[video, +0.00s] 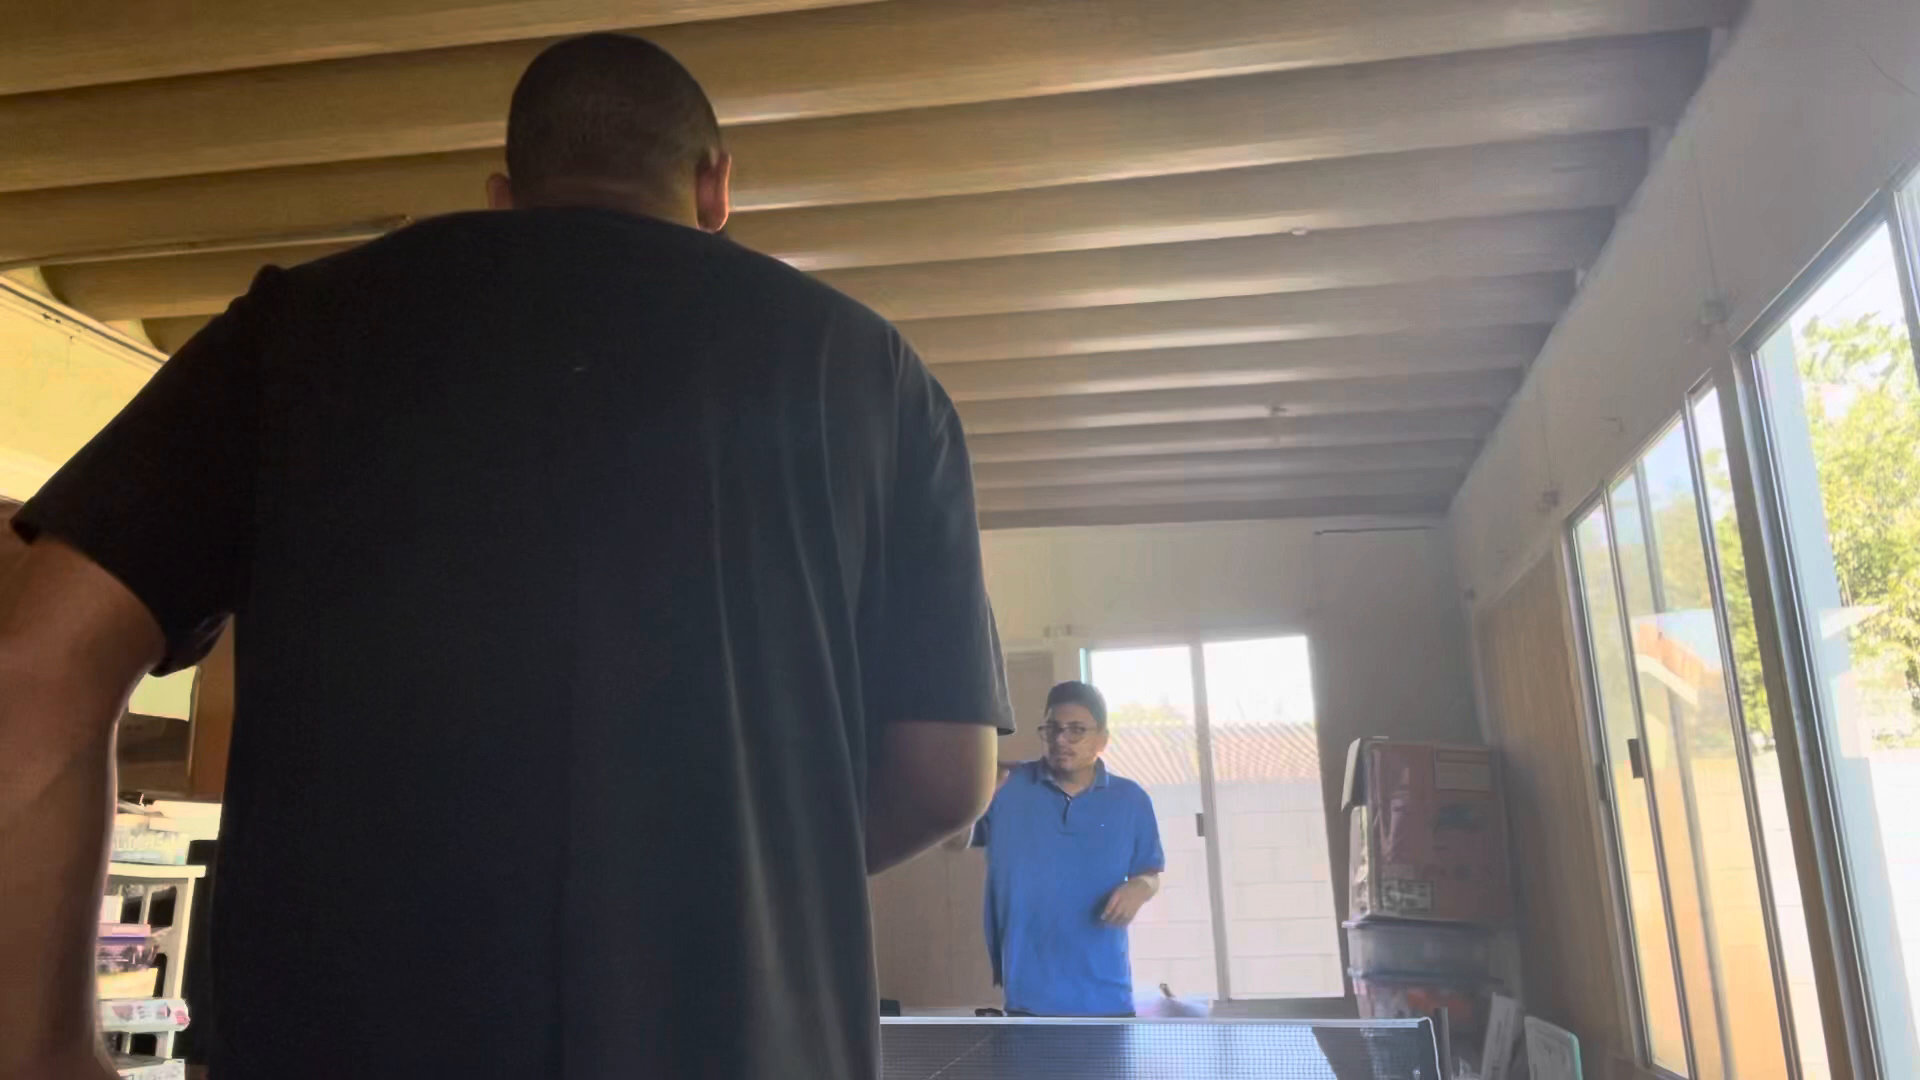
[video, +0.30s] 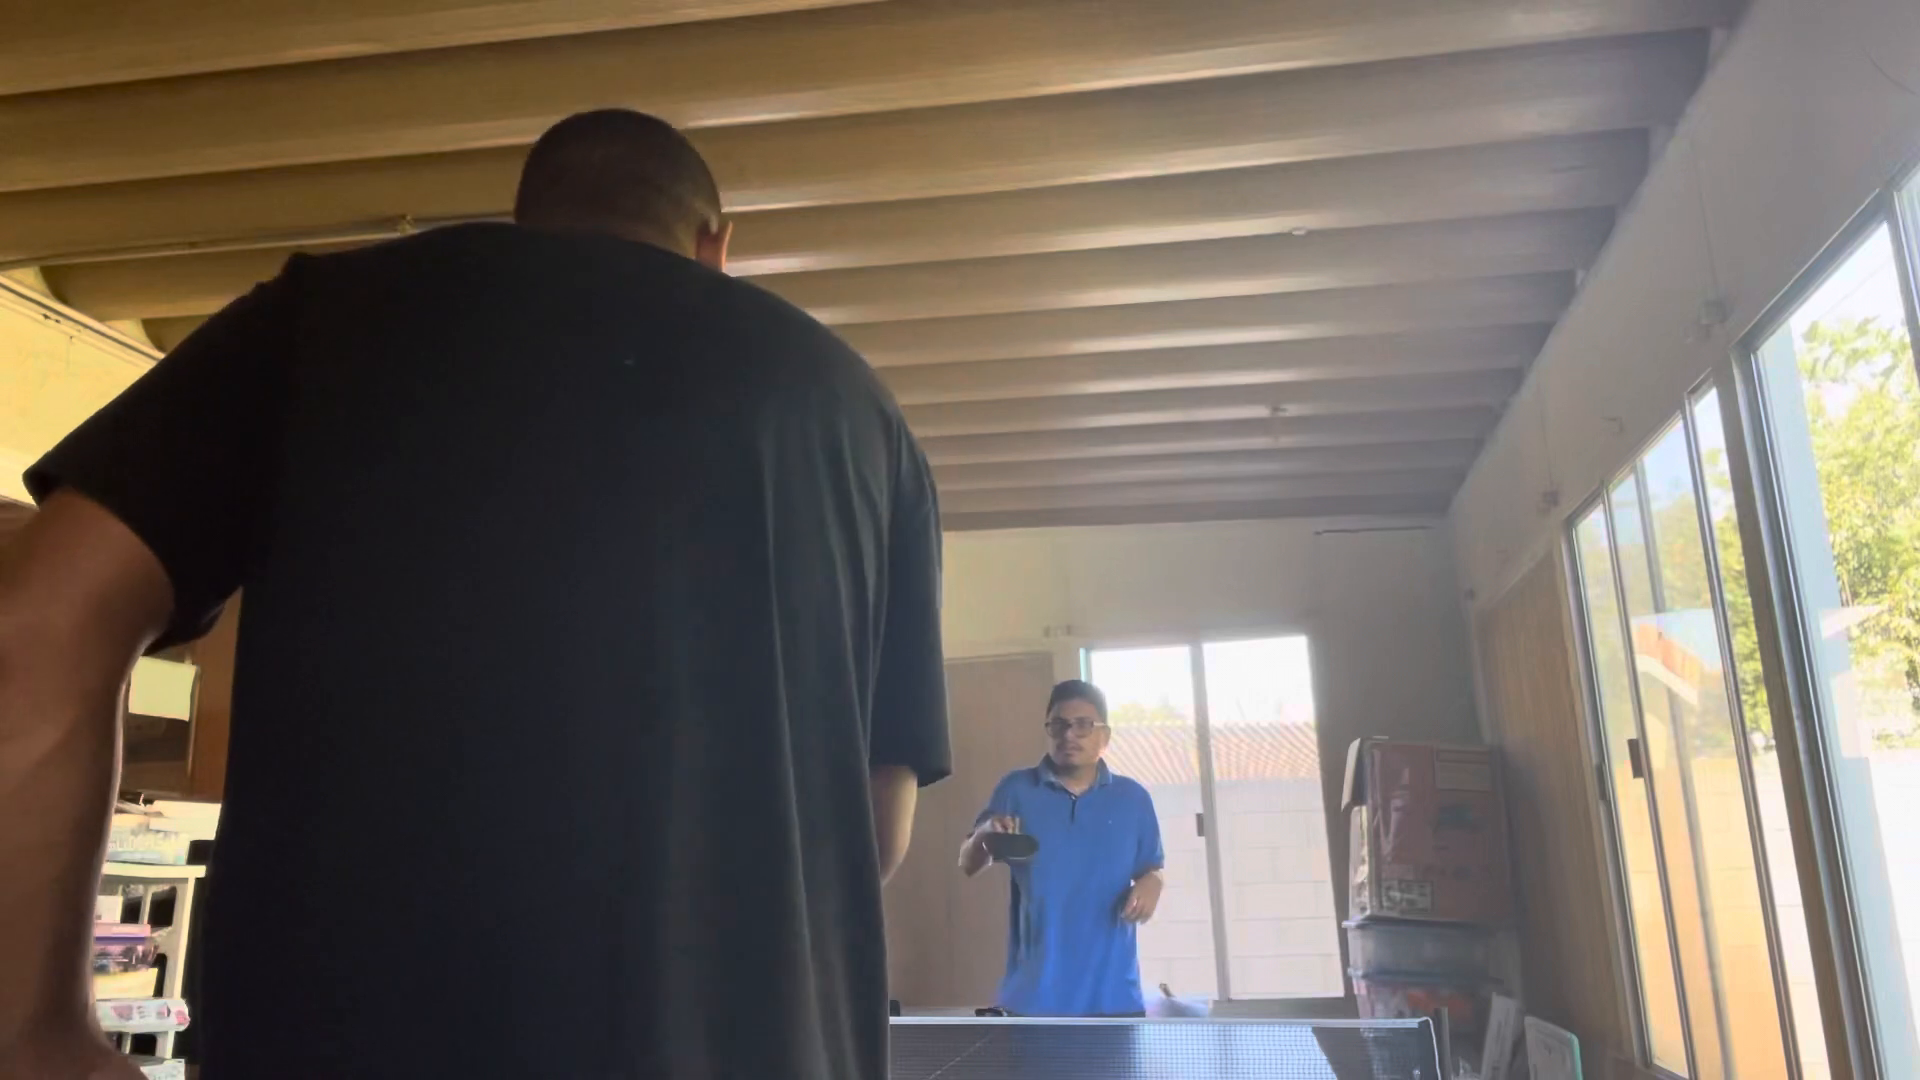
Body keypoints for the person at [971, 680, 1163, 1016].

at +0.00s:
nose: (1061, 740)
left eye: (1077, 730)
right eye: (1053, 728)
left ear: (1101, 741)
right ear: (1042, 733)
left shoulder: (1129, 800)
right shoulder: (1008, 789)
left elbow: (1150, 873)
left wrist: (1139, 888)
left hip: (1104, 990)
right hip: (1027, 988)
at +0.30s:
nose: (1070, 735)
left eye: (1083, 725)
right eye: (1060, 724)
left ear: (1105, 737)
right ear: (1047, 731)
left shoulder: (1132, 798)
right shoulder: (1017, 790)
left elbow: (1150, 868)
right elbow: (968, 865)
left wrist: (1151, 882)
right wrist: (987, 837)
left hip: (1112, 992)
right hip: (1033, 993)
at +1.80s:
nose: (1044, 739)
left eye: (1058, 728)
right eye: (1035, 729)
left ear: (1084, 737)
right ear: (1023, 735)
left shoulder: (1116, 795)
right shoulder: (1000, 803)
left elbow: (1140, 863)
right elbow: (965, 871)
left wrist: (1137, 878)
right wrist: (940, 849)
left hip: (1109, 988)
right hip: (1036, 993)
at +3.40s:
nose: (1037, 751)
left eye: (1051, 739)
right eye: (1025, 739)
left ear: (1075, 739)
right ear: (1013, 739)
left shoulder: (1107, 794)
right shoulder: (993, 804)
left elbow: (1132, 861)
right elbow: (962, 878)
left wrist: (1134, 876)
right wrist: (956, 896)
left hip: (1106, 988)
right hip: (1033, 995)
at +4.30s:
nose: (1045, 746)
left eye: (1057, 734)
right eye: (1032, 736)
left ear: (1079, 736)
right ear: (1019, 738)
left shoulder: (1102, 801)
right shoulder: (996, 794)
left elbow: (1118, 879)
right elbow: (959, 877)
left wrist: (1137, 878)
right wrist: (986, 868)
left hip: (1100, 994)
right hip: (1023, 997)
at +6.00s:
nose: (1059, 731)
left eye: (1072, 722)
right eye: (1047, 722)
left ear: (1087, 738)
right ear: (1029, 734)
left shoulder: (1110, 800)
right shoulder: (997, 799)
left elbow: (1124, 871)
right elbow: (972, 880)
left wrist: (1138, 878)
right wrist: (1006, 878)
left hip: (1106, 994)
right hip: (1028, 997)